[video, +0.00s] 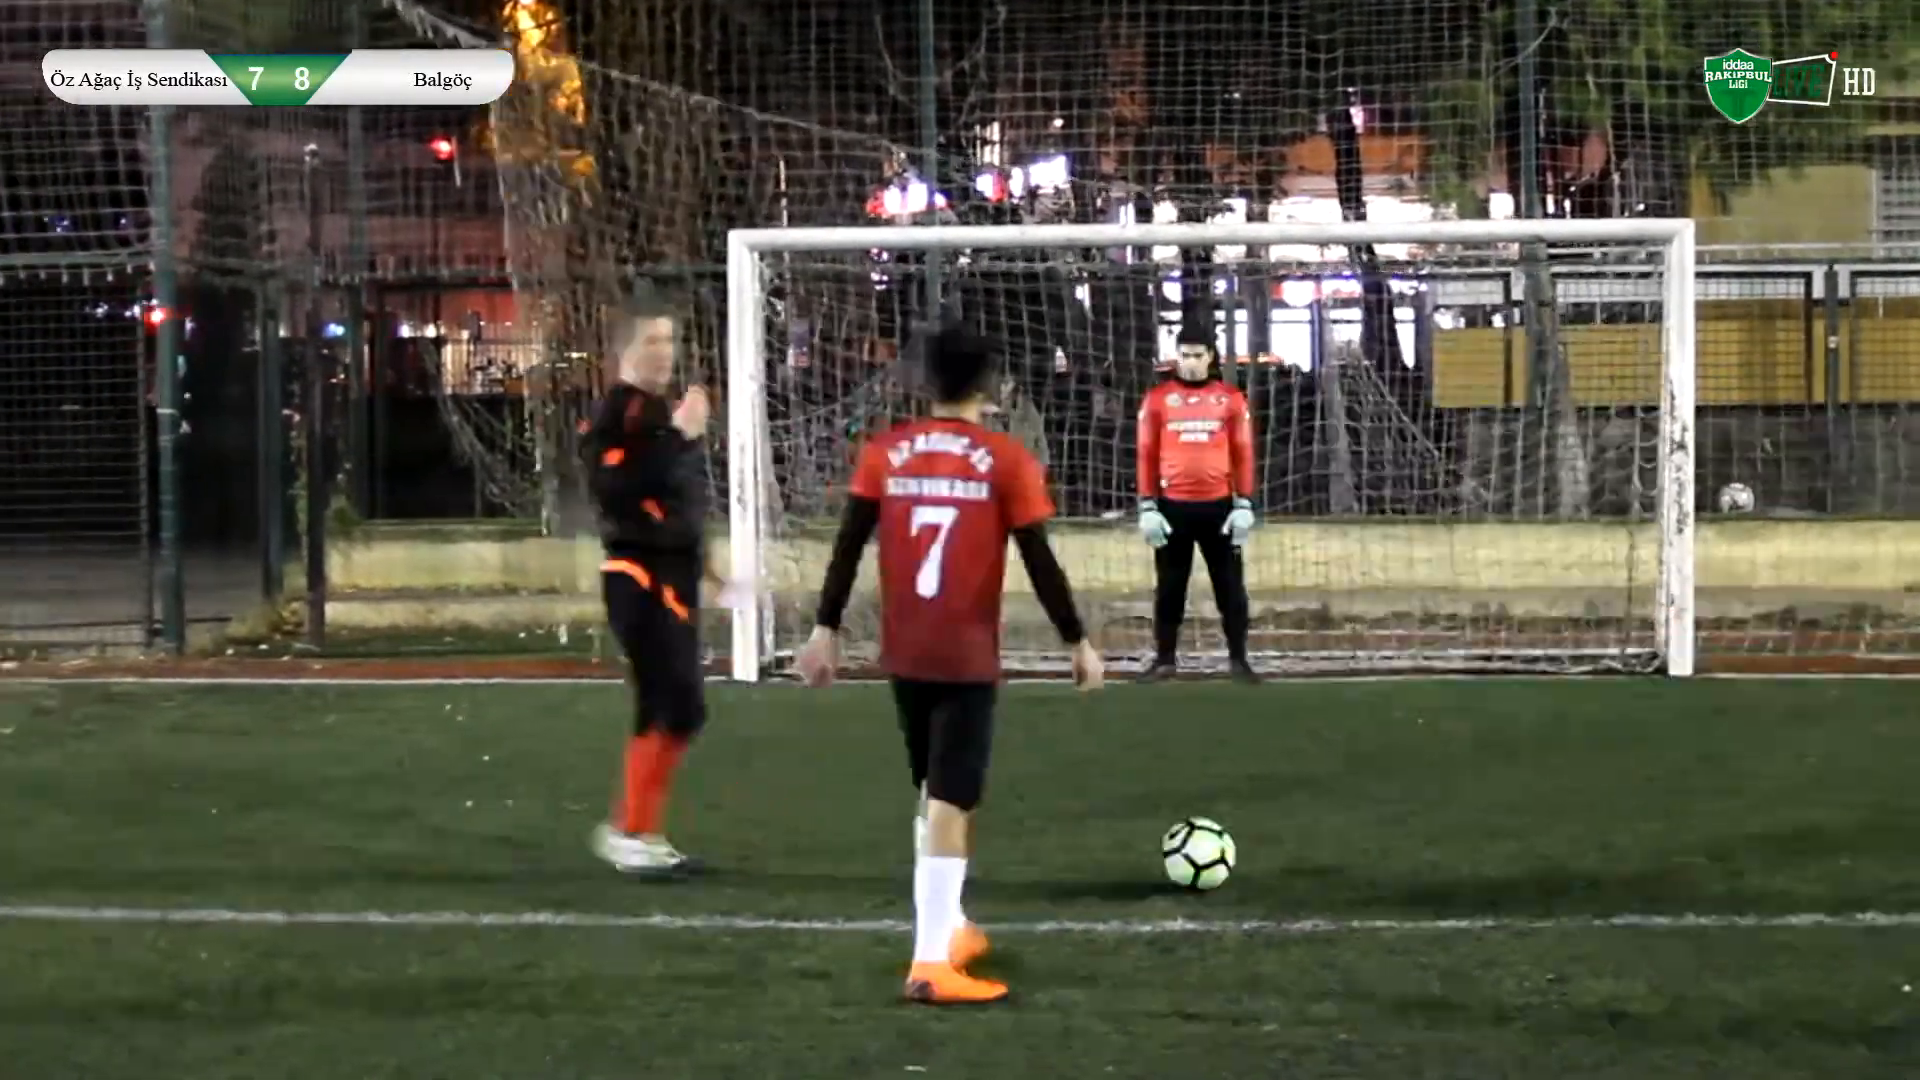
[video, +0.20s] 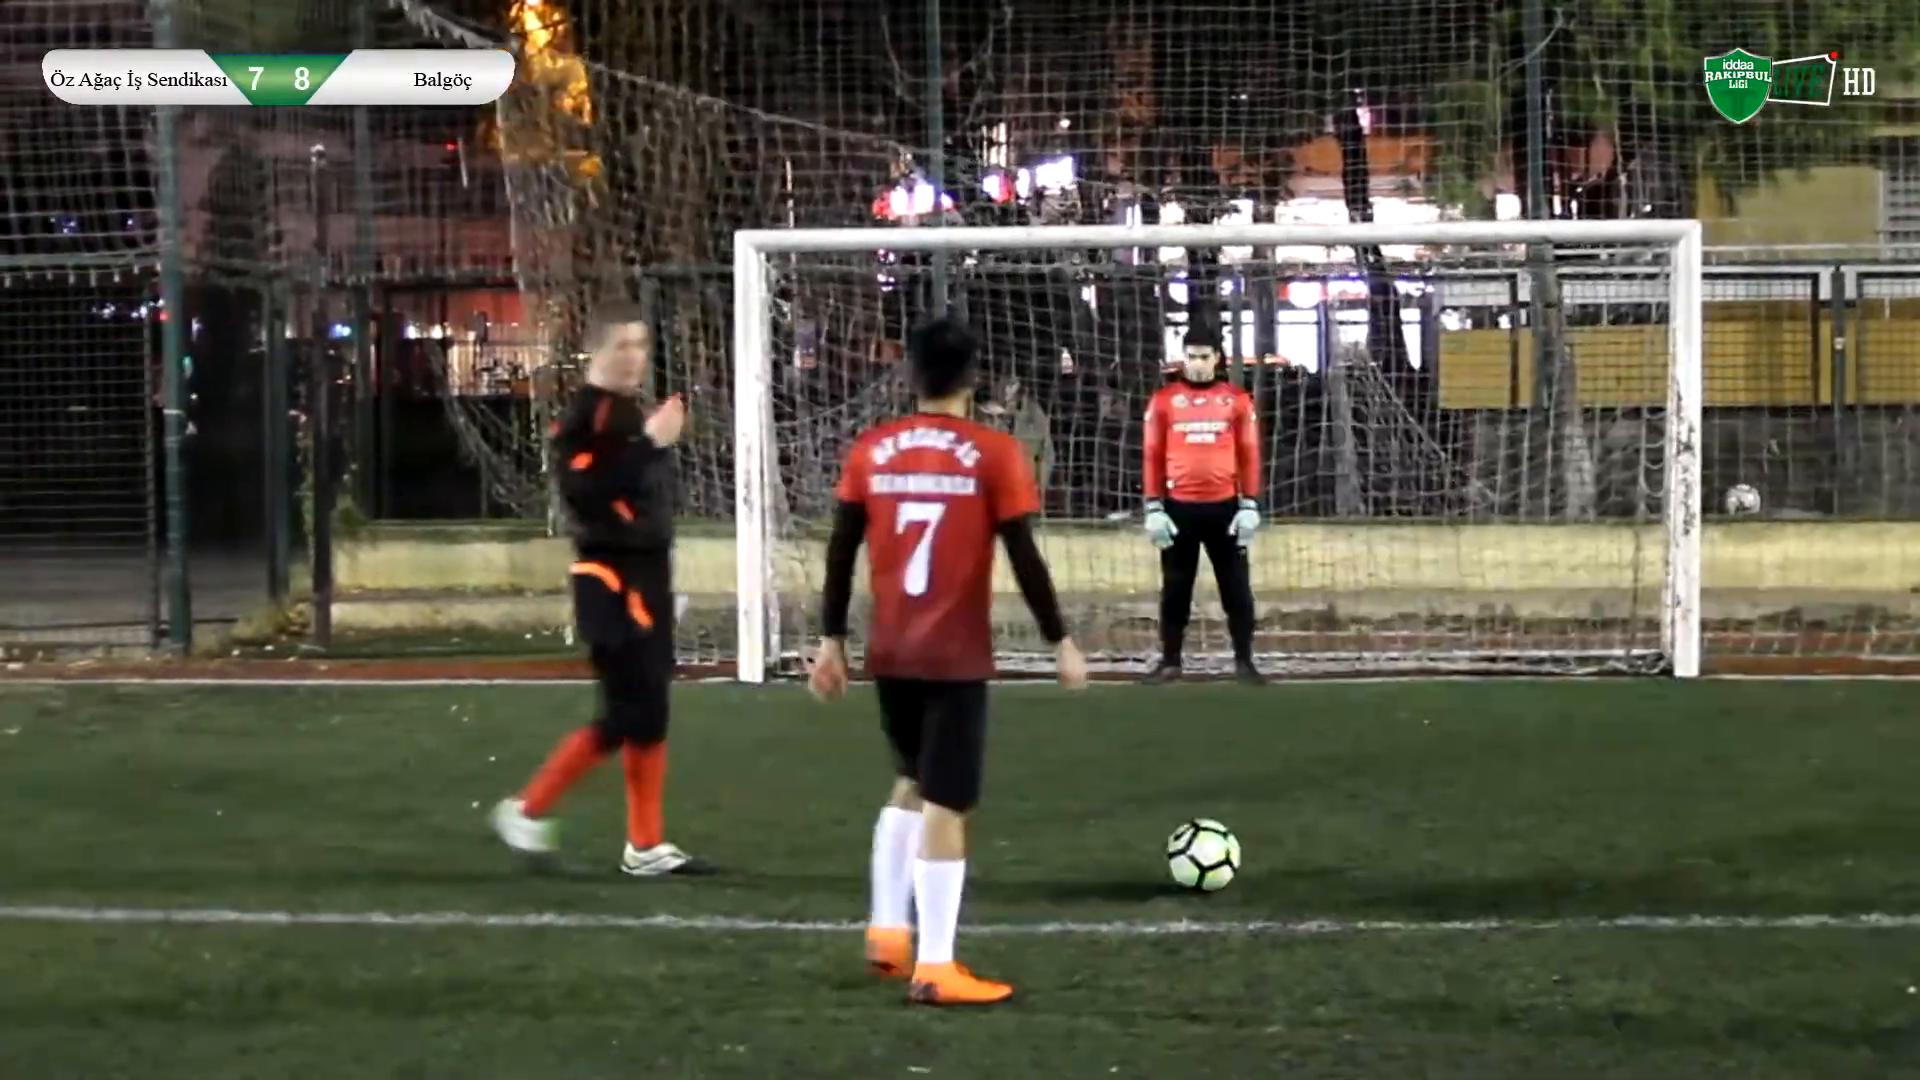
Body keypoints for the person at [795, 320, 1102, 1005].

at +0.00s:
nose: (985, 386)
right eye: (986, 375)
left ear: (926, 380)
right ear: (985, 381)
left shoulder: (886, 449)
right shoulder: (1006, 458)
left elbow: (849, 543)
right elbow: (1040, 562)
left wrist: (825, 627)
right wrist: (1077, 639)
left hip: (904, 651)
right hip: (968, 655)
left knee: (932, 786)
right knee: (952, 800)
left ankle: (946, 924)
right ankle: (930, 957)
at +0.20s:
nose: (962, 380)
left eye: (930, 367)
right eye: (970, 370)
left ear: (913, 374)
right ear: (973, 375)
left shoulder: (871, 447)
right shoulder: (995, 450)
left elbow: (841, 549)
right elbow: (1024, 556)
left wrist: (831, 635)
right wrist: (1060, 638)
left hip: (890, 652)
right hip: (956, 655)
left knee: (912, 777)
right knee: (946, 804)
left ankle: (886, 928)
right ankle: (935, 960)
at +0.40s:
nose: (946, 377)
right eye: (945, 367)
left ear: (884, 372)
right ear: (943, 373)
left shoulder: (846, 450)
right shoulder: (965, 448)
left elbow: (835, 554)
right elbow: (990, 553)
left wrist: (845, 631)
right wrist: (1022, 643)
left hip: (867, 650)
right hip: (938, 655)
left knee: (872, 789)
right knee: (934, 807)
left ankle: (811, 927)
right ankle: (933, 965)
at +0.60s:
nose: (912, 382)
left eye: (905, 370)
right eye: (910, 373)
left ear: (844, 379)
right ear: (903, 380)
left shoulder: (805, 460)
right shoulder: (922, 460)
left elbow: (819, 541)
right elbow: (938, 562)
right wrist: (971, 656)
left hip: (830, 668)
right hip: (904, 669)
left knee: (812, 803)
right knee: (915, 813)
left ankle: (752, 950)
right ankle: (926, 967)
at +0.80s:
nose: (872, 392)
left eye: (868, 381)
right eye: (871, 383)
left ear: (804, 387)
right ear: (859, 389)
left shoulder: (764, 464)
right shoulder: (872, 463)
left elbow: (782, 552)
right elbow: (885, 570)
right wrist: (917, 670)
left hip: (778, 674)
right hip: (855, 676)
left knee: (765, 814)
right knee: (885, 817)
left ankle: (736, 981)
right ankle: (917, 969)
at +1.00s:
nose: (848, 393)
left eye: (846, 381)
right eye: (847, 383)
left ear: (779, 386)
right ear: (834, 388)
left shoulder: (734, 466)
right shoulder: (845, 466)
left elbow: (735, 542)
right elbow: (850, 572)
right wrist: (868, 674)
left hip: (747, 675)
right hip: (821, 676)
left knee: (743, 820)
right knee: (860, 817)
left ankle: (733, 985)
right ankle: (888, 967)